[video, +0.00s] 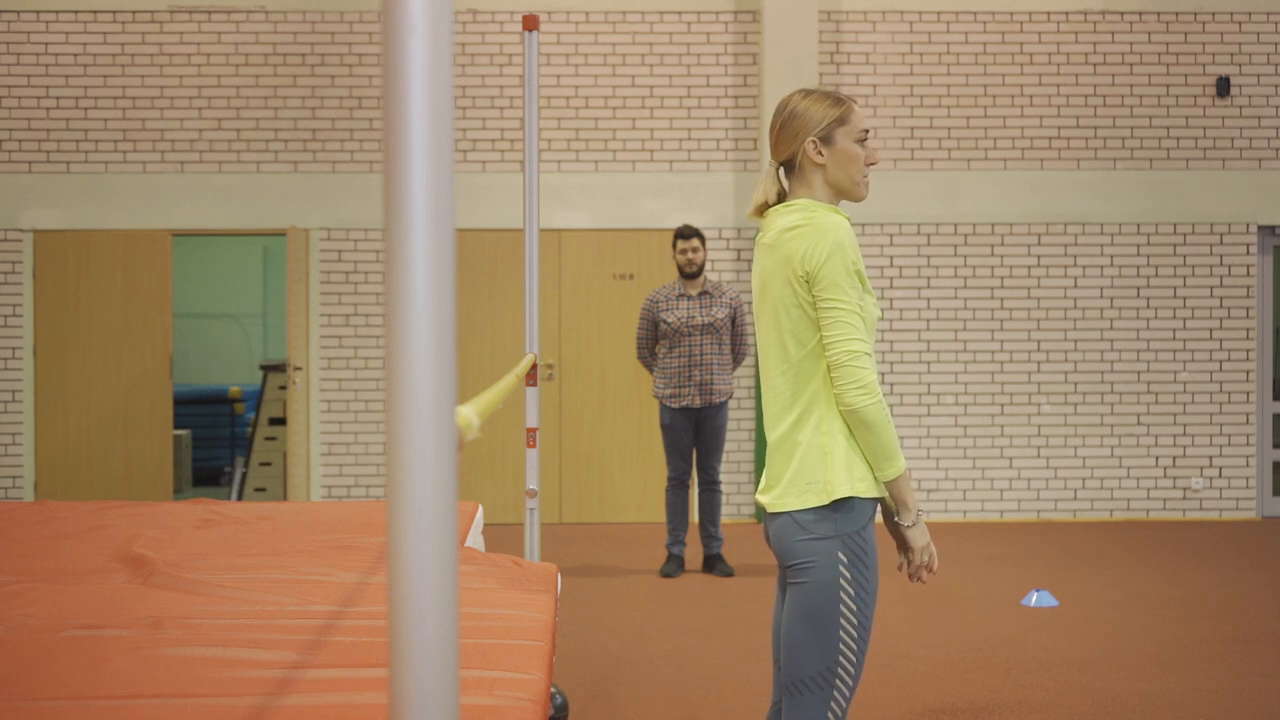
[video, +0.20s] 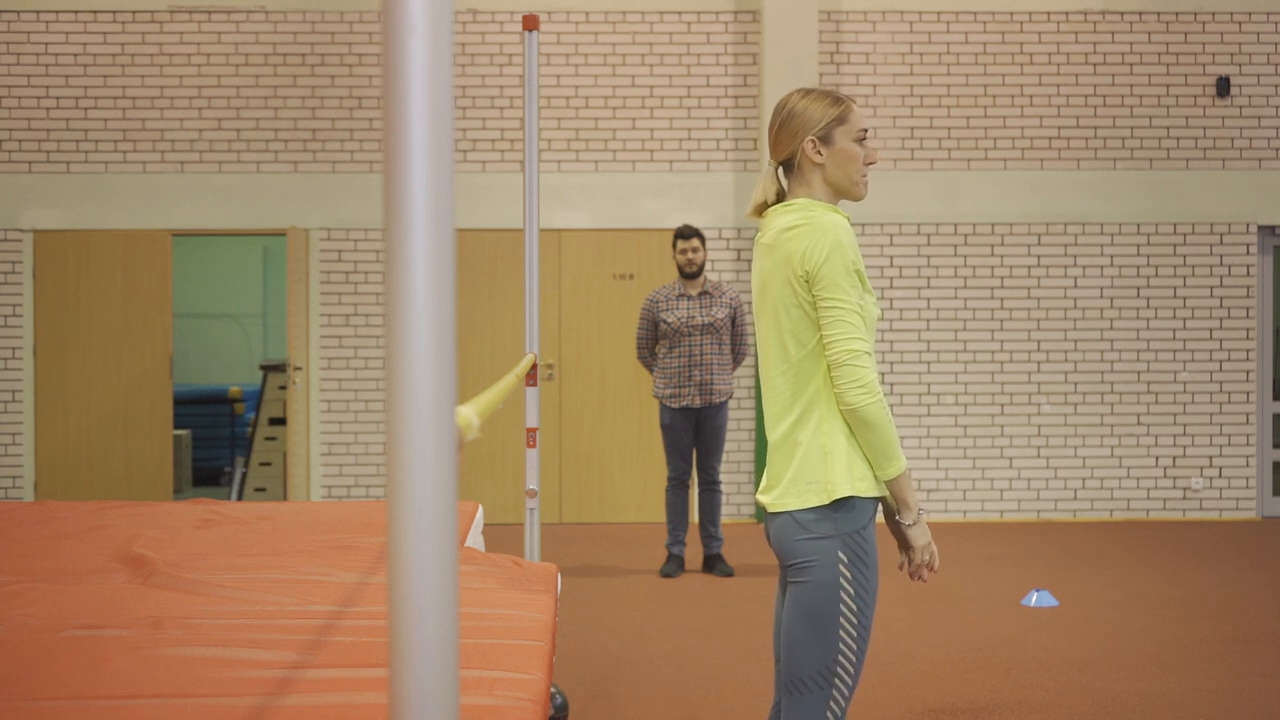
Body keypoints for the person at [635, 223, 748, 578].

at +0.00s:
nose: (689, 256)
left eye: (695, 250)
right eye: (682, 251)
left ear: (705, 254)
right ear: (674, 256)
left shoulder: (728, 296)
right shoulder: (659, 299)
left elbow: (741, 348)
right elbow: (644, 350)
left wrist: (718, 372)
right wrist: (669, 375)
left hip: (715, 401)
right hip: (674, 402)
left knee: (710, 478)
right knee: (678, 477)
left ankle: (713, 552)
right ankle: (675, 553)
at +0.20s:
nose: (689, 256)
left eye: (695, 250)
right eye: (682, 251)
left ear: (705, 253)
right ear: (674, 256)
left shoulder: (728, 296)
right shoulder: (658, 300)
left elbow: (741, 347)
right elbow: (644, 350)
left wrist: (718, 372)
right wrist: (669, 376)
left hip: (715, 401)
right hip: (674, 402)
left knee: (710, 478)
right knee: (678, 477)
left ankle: (713, 553)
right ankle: (675, 553)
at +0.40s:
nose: (689, 256)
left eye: (695, 250)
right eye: (682, 251)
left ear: (705, 253)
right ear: (674, 256)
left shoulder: (728, 297)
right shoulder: (658, 300)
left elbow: (741, 347)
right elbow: (644, 350)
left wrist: (718, 372)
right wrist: (669, 376)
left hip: (715, 401)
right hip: (674, 402)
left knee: (710, 478)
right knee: (678, 477)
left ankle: (713, 552)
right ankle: (675, 553)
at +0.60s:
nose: (689, 256)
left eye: (695, 250)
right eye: (682, 251)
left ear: (705, 253)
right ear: (674, 256)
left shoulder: (728, 296)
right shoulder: (658, 300)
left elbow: (741, 347)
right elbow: (644, 350)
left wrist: (718, 372)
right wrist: (669, 376)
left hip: (715, 401)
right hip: (674, 402)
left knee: (710, 478)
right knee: (678, 477)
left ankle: (713, 552)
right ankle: (675, 553)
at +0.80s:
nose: (689, 256)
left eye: (695, 250)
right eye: (682, 251)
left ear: (705, 253)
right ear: (674, 256)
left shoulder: (728, 296)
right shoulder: (658, 300)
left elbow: (741, 347)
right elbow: (644, 350)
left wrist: (718, 372)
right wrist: (669, 376)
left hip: (715, 401)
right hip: (674, 402)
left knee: (710, 478)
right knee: (678, 477)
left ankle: (713, 552)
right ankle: (675, 553)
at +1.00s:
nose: (689, 256)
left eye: (695, 250)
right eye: (682, 251)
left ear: (705, 254)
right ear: (674, 256)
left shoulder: (728, 297)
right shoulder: (658, 300)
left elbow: (741, 347)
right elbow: (644, 350)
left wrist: (718, 372)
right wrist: (669, 375)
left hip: (715, 402)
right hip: (674, 402)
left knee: (710, 478)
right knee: (678, 477)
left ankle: (713, 553)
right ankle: (675, 553)